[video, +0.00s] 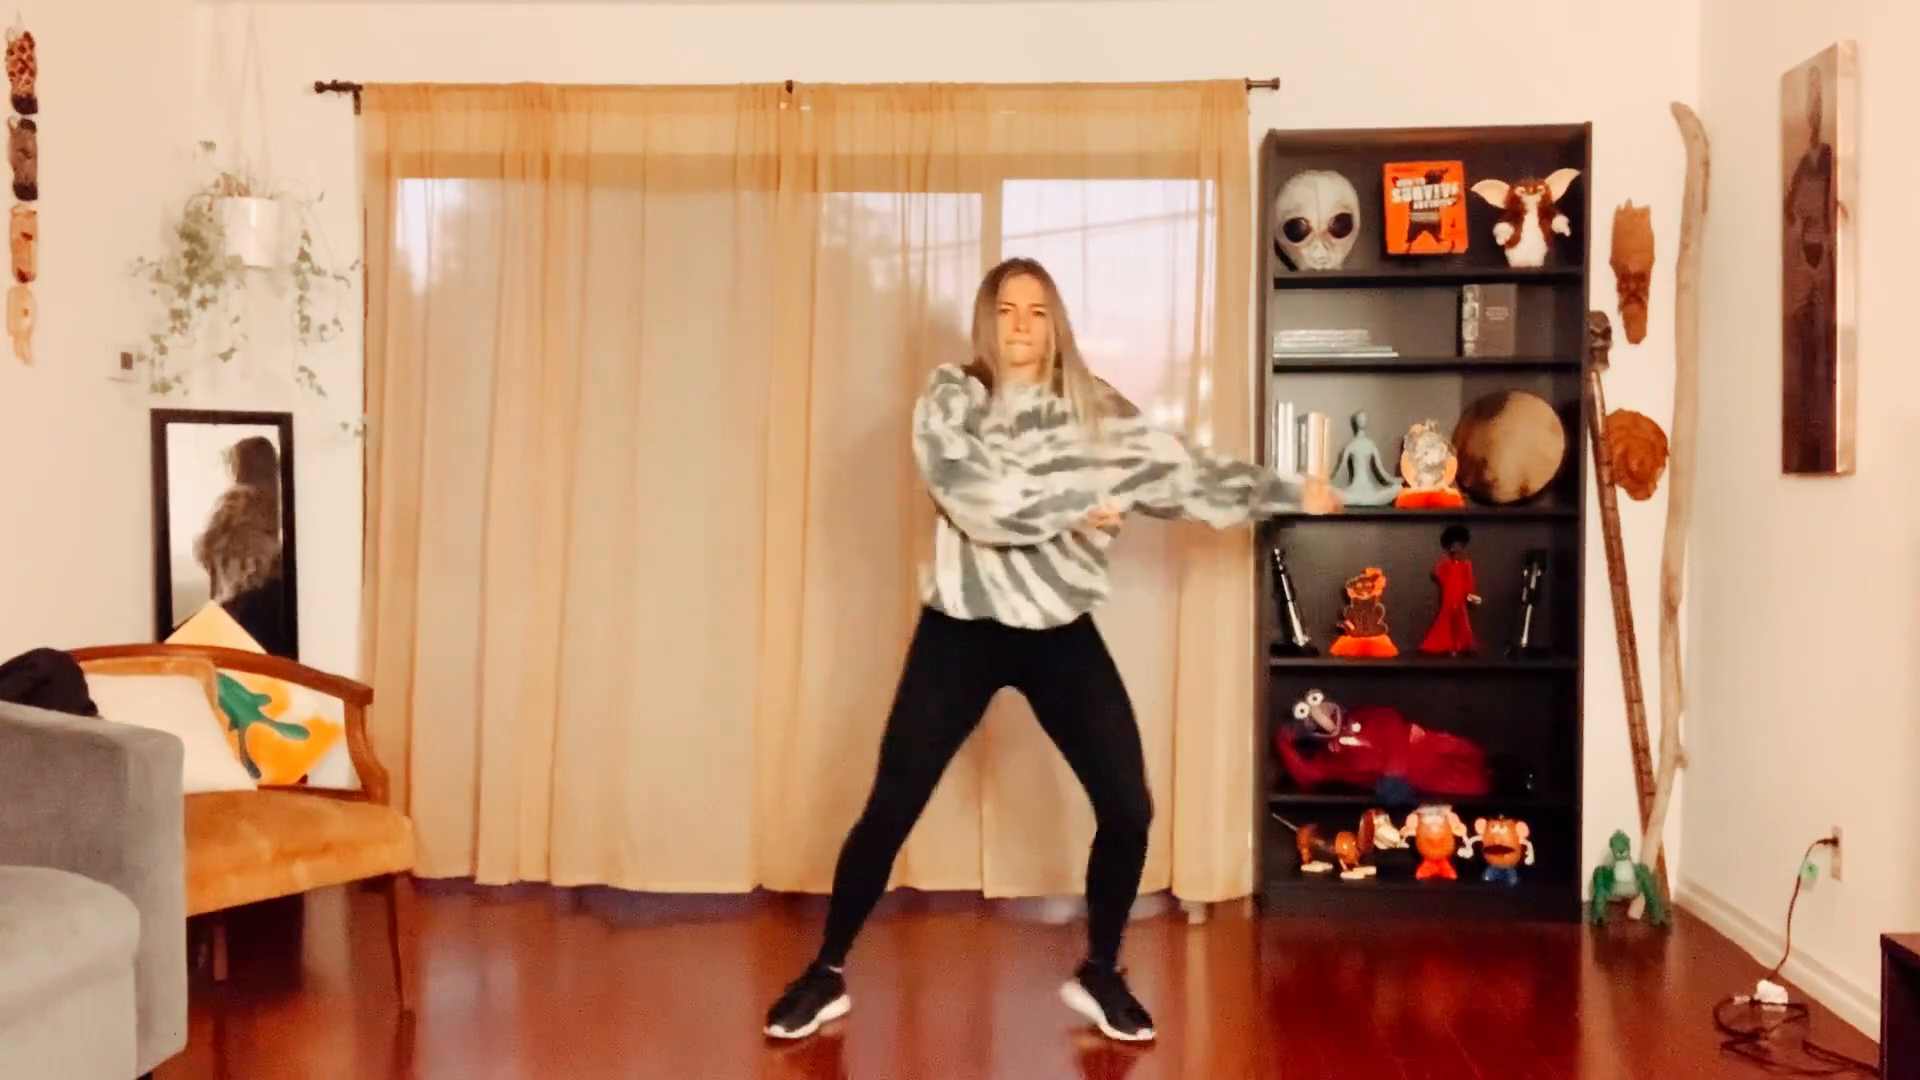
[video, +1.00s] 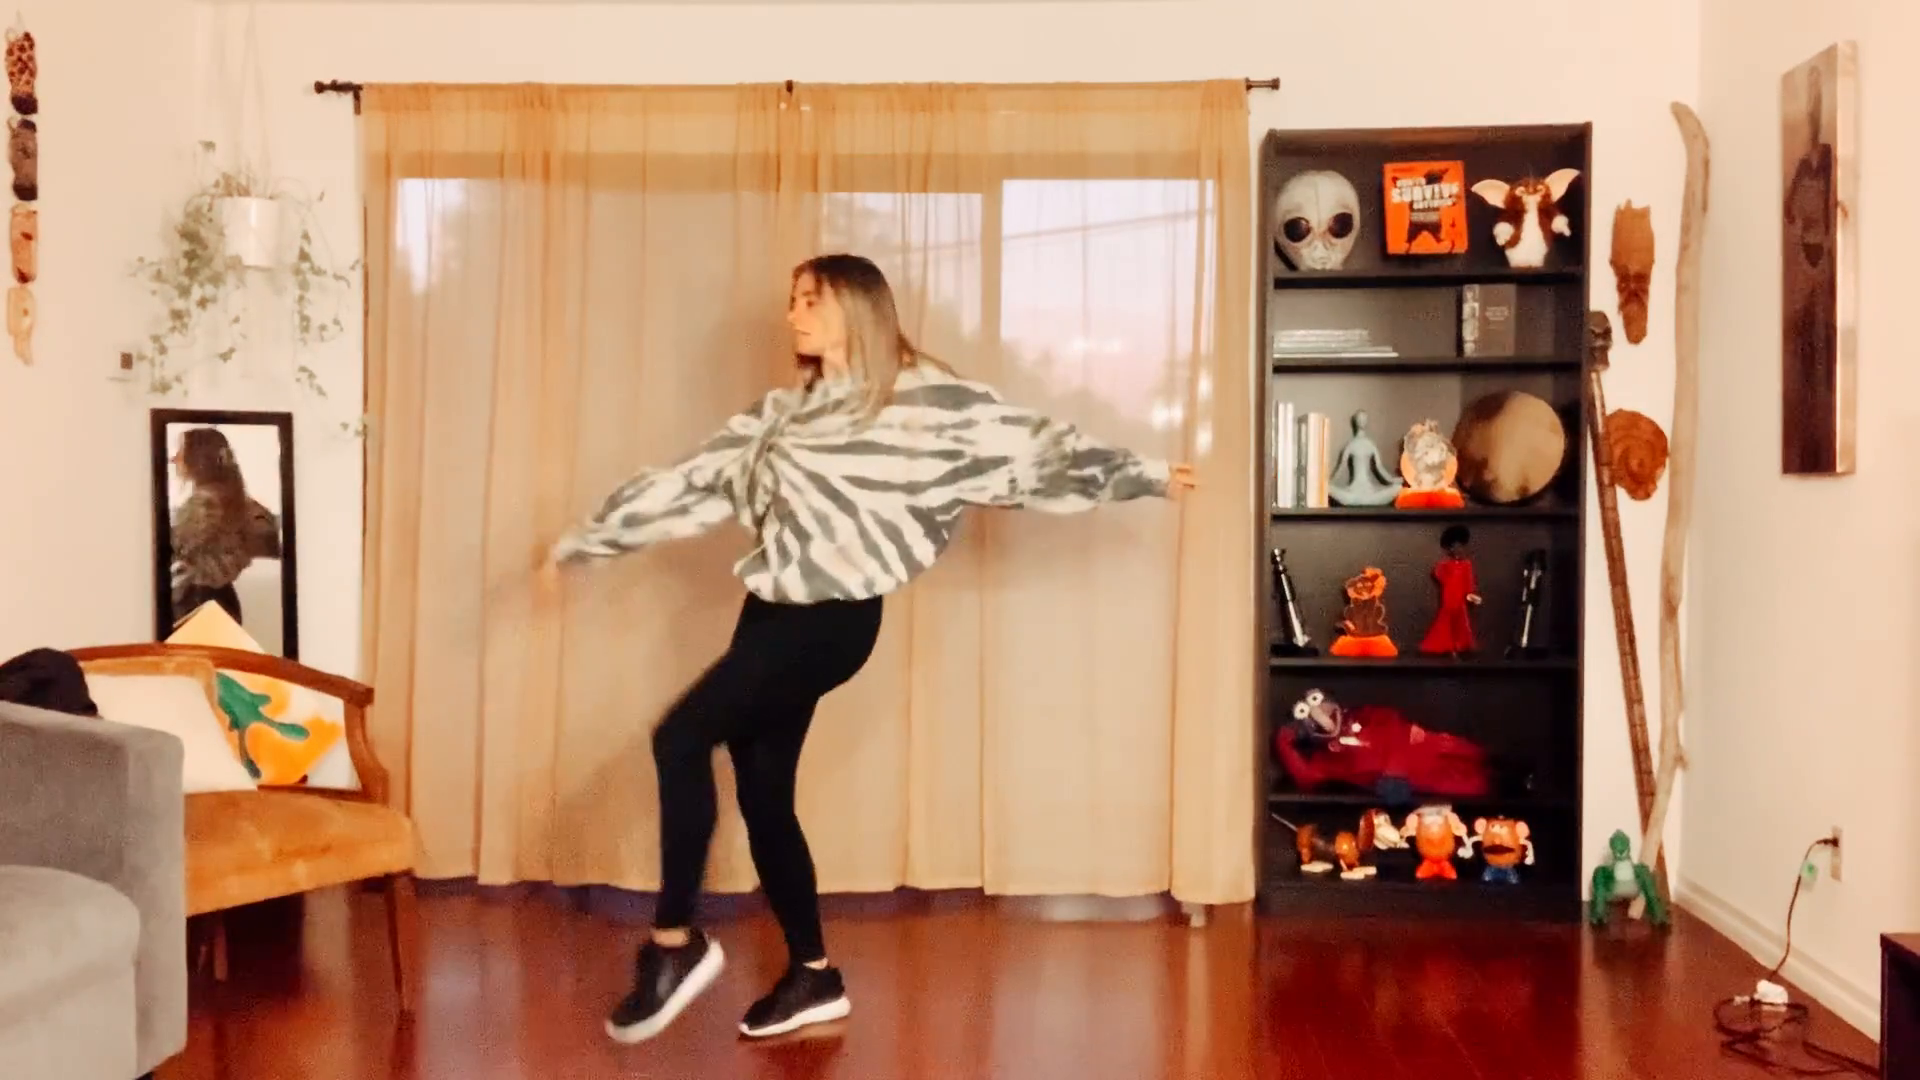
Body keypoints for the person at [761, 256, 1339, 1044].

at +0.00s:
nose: (1021, 323)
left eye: (1035, 311)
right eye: (1008, 310)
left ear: (1057, 324)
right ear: (985, 322)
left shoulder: (1091, 406)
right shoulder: (952, 393)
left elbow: (1181, 473)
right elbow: (968, 495)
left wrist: (1292, 491)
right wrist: (1077, 508)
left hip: (1058, 629)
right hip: (960, 626)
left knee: (1127, 808)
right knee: (891, 804)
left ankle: (1100, 972)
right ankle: (826, 972)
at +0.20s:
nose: (1004, 309)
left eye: (1018, 297)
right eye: (989, 297)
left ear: (1040, 310)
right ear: (968, 311)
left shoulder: (1072, 400)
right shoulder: (946, 402)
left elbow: (1140, 454)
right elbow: (929, 530)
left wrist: (1234, 464)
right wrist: (1007, 517)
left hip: (1029, 622)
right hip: (931, 614)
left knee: (1076, 810)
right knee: (867, 792)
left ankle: (1115, 974)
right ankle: (823, 969)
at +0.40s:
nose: (933, 295)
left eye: (950, 282)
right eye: (918, 283)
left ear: (974, 296)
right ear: (899, 298)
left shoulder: (1017, 388)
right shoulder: (860, 371)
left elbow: (1081, 483)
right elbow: (783, 436)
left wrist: (1185, 513)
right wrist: (798, 461)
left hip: (982, 609)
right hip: (885, 608)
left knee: (1020, 786)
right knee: (842, 783)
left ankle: (1090, 962)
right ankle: (820, 971)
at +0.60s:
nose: (872, 294)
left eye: (888, 283)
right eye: (859, 281)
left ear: (912, 297)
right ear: (834, 293)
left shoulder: (940, 399)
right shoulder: (803, 353)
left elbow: (1032, 472)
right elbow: (748, 353)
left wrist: (1139, 529)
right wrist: (752, 375)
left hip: (907, 604)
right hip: (818, 603)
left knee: (917, 793)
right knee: (800, 786)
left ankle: (954, 964)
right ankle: (814, 971)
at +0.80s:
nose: (835, 306)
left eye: (853, 292)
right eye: (824, 294)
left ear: (885, 303)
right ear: (810, 308)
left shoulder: (930, 400)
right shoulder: (798, 400)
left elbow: (1035, 464)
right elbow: (721, 462)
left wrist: (1145, 495)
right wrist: (648, 419)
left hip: (853, 615)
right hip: (784, 610)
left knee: (742, 772)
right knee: (771, 789)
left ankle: (745, 978)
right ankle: (812, 973)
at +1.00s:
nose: (794, 317)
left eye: (808, 303)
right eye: (793, 304)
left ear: (854, 311)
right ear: (808, 314)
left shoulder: (921, 400)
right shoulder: (784, 412)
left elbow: (1030, 445)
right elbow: (693, 480)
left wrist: (1144, 475)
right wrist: (588, 537)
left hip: (831, 618)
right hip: (769, 614)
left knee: (681, 735)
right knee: (765, 799)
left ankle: (673, 940)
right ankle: (811, 974)